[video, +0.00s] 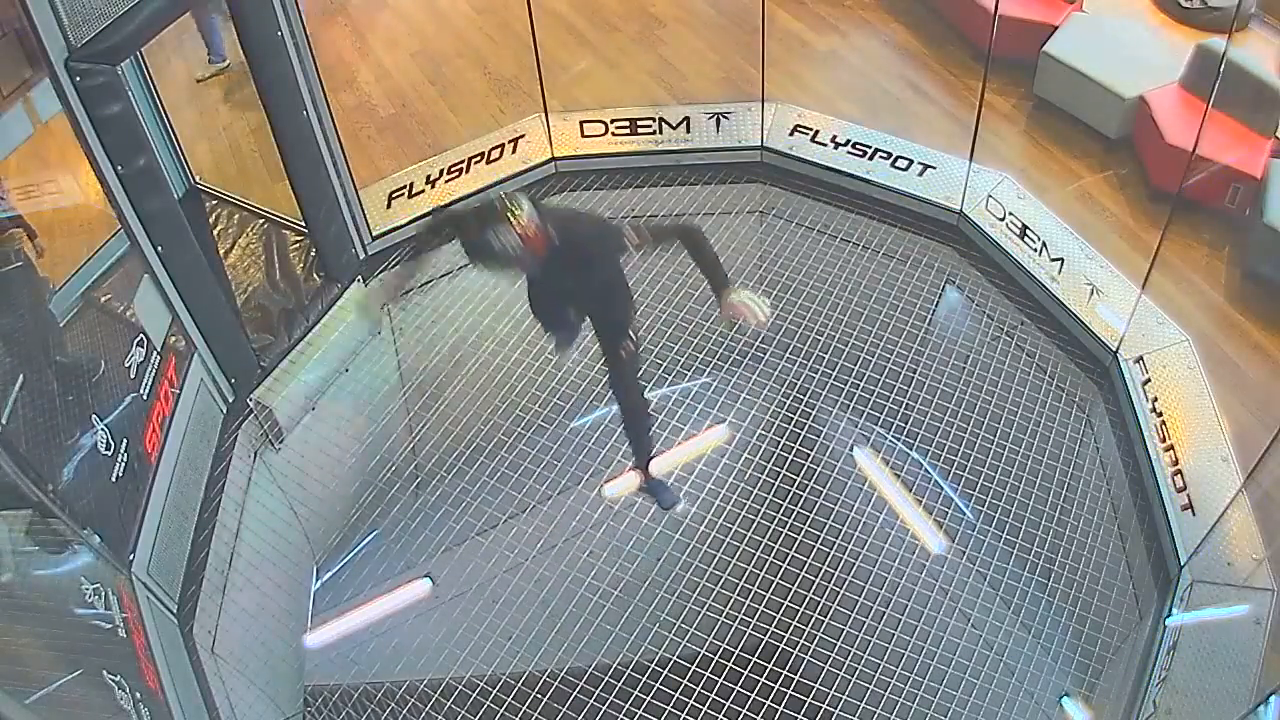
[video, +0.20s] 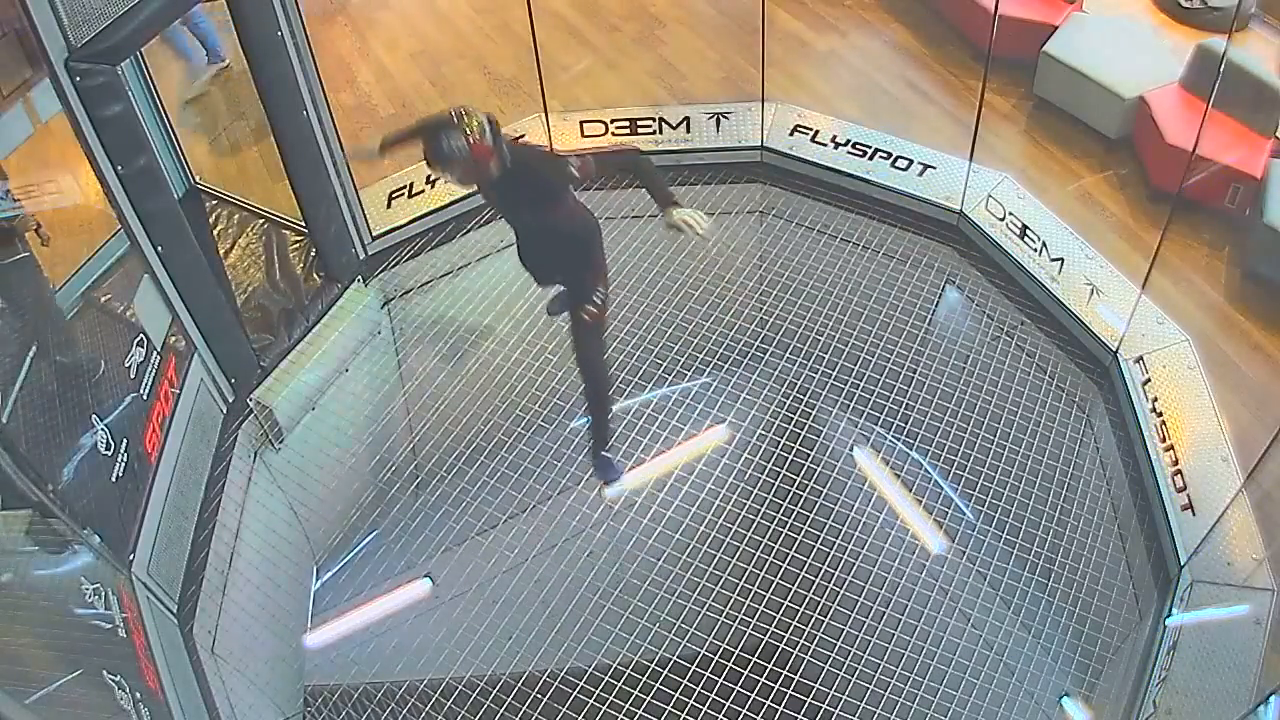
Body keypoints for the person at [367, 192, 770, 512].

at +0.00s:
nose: (529, 250)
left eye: (529, 241)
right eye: (516, 250)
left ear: (535, 222)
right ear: (498, 248)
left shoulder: (592, 232)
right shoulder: (487, 235)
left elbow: (686, 230)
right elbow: (441, 224)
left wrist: (725, 292)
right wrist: (399, 273)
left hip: (603, 279)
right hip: (552, 280)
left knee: (623, 377)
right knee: (554, 321)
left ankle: (646, 471)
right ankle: (568, 329)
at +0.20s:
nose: (451, 178)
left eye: (451, 169)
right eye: (444, 172)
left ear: (471, 150)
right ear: (445, 159)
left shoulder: (537, 167)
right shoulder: (478, 158)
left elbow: (634, 157)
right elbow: (443, 125)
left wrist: (669, 204)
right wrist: (392, 142)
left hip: (578, 244)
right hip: (533, 244)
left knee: (589, 354)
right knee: (542, 271)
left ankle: (601, 448)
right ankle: (570, 293)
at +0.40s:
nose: (446, 125)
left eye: (446, 116)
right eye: (440, 119)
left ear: (466, 101)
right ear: (463, 100)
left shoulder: (515, 130)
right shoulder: (483, 117)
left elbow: (599, 136)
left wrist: (617, 188)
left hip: (562, 217)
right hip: (529, 215)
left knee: (546, 314)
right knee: (558, 266)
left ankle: (538, 415)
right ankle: (590, 300)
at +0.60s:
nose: (442, 73)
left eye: (441, 64)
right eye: (436, 67)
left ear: (457, 49)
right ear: (459, 43)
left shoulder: (496, 74)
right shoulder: (485, 58)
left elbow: (573, 111)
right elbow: (487, 14)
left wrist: (562, 156)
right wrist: (444, 24)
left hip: (537, 169)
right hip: (528, 167)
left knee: (503, 252)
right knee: (546, 230)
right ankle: (589, 294)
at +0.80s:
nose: (435, 28)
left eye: (436, 19)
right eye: (431, 21)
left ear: (456, 6)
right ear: (459, 3)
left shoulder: (489, 49)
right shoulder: (488, 9)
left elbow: (511, 108)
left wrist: (459, 119)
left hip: (532, 120)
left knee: (551, 190)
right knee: (509, 177)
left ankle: (583, 267)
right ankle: (546, 217)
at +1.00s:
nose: (465, 8)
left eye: (466, 5)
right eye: (462, 6)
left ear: (477, 2)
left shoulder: (498, 33)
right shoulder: (509, 4)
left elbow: (491, 94)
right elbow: (494, 12)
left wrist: (445, 69)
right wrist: (463, 21)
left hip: (525, 99)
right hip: (535, 84)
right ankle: (558, 221)